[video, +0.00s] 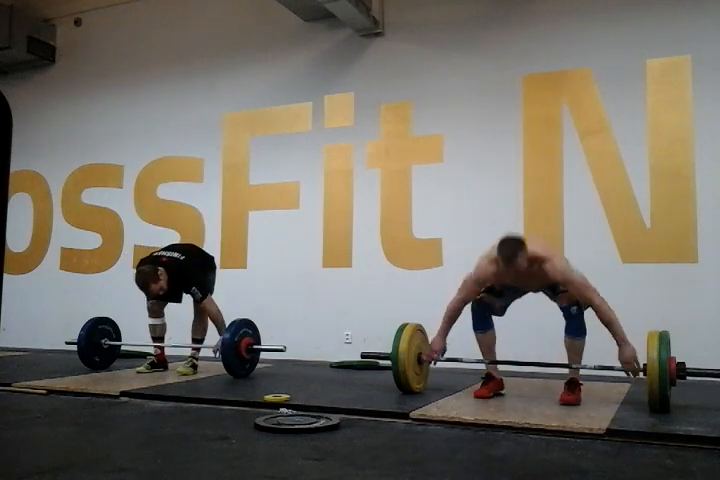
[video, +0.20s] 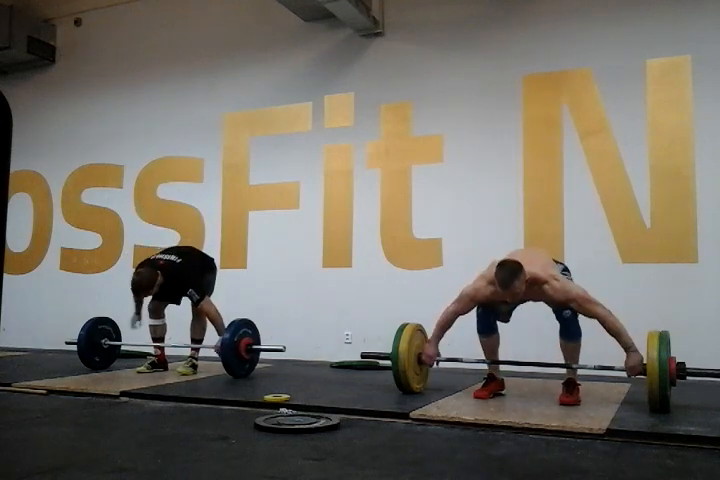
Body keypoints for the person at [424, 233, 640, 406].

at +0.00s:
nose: (513, 275)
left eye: (517, 270)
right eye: (508, 272)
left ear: (526, 259)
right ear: (498, 263)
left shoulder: (551, 266)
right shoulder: (487, 269)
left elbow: (595, 299)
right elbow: (458, 300)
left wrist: (624, 344)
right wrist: (440, 337)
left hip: (549, 281)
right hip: (508, 285)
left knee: (575, 312)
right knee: (479, 309)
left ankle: (573, 381)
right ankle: (493, 377)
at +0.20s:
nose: (511, 300)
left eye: (515, 293)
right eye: (506, 293)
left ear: (524, 283)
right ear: (495, 285)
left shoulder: (550, 284)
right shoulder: (481, 289)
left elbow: (601, 312)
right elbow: (451, 313)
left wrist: (632, 350)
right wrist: (431, 344)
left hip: (552, 270)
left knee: (569, 318)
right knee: (485, 317)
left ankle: (571, 382)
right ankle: (494, 378)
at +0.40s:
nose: (510, 300)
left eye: (514, 293)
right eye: (505, 294)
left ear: (523, 283)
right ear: (494, 286)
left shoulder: (549, 285)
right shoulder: (480, 289)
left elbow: (602, 311)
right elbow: (447, 312)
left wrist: (631, 353)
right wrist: (430, 345)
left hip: (552, 273)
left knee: (568, 318)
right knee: (484, 316)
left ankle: (569, 382)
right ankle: (495, 379)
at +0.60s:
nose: (511, 296)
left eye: (515, 289)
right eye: (506, 290)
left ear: (524, 280)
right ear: (495, 283)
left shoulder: (550, 284)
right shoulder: (482, 286)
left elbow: (604, 311)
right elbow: (447, 309)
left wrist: (631, 353)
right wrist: (431, 346)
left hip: (553, 275)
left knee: (567, 318)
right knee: (487, 316)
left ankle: (568, 383)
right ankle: (495, 379)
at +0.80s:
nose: (510, 280)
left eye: (514, 274)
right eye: (505, 276)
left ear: (524, 264)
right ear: (496, 270)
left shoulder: (550, 272)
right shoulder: (487, 274)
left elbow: (595, 310)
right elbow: (458, 307)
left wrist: (626, 353)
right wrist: (434, 345)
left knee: (570, 313)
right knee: (491, 308)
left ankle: (570, 382)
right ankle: (495, 378)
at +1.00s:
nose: (513, 273)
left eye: (516, 267)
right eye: (506, 269)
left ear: (526, 257)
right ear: (497, 264)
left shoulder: (549, 273)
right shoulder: (487, 275)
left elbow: (596, 309)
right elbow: (459, 306)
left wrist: (626, 353)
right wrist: (435, 344)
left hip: (547, 295)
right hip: (511, 298)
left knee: (571, 318)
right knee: (483, 314)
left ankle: (570, 382)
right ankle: (495, 379)